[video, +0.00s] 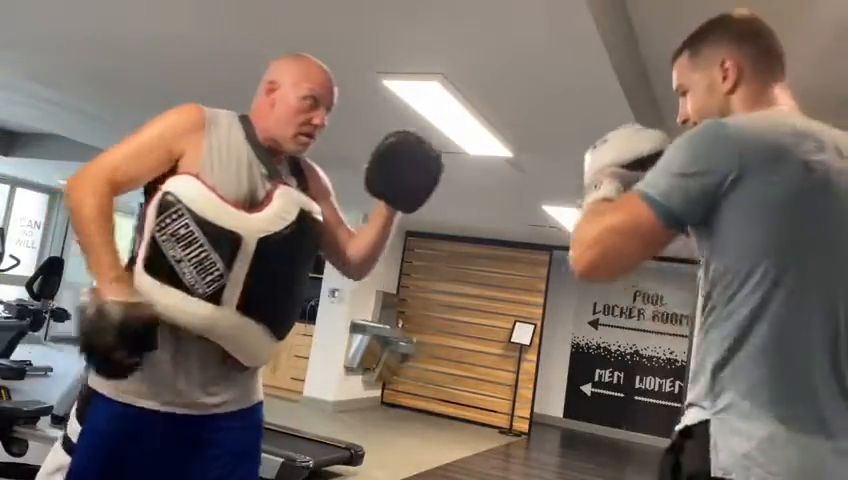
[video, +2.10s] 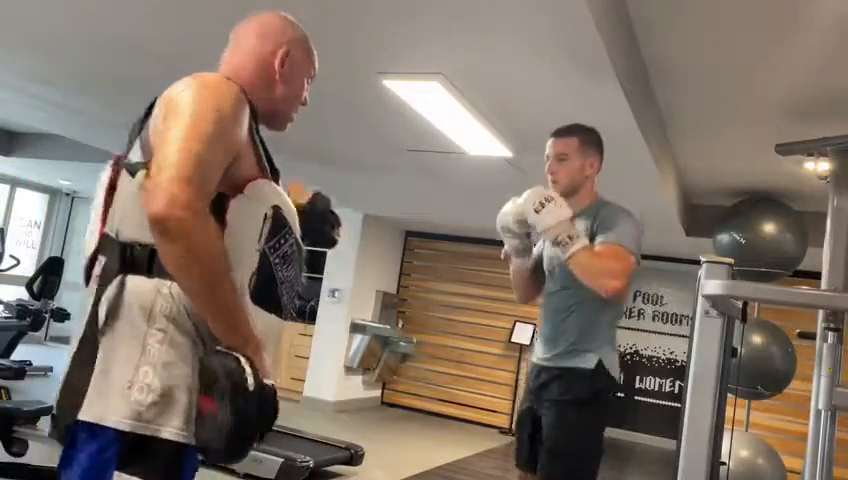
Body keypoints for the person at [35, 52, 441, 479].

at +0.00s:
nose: (321, 119)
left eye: (327, 110)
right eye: (312, 101)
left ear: (327, 118)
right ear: (269, 91)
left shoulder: (309, 180)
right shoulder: (194, 127)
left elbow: (354, 262)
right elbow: (87, 186)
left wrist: (392, 198)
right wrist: (113, 286)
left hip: (232, 410)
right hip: (137, 400)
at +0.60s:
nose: (315, 117)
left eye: (320, 105)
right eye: (308, 97)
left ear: (268, 86)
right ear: (264, 80)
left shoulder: (278, 171)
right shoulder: (172, 113)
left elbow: (338, 242)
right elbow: (51, 178)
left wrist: (384, 169)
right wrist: (74, 297)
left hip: (212, 420)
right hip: (117, 414)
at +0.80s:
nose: (269, 90)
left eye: (272, 76)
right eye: (261, 70)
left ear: (218, 57)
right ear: (216, 54)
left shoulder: (222, 144)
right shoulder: (123, 97)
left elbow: (274, 221)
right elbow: (17, 177)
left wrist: (331, 159)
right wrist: (60, 322)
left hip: (173, 408)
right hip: (92, 414)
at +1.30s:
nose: (304, 128)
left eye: (308, 117)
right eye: (304, 111)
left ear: (268, 96)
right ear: (274, 93)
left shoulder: (248, 175)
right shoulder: (191, 109)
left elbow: (266, 237)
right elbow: (90, 172)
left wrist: (320, 194)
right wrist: (107, 325)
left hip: (177, 412)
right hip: (102, 408)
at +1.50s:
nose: (325, 137)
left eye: (329, 126)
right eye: (324, 121)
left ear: (295, 105)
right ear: (298, 103)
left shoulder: (275, 183)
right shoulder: (230, 111)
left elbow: (291, 241)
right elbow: (140, 161)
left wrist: (343, 198)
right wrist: (166, 299)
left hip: (196, 392)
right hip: (137, 378)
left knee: (187, 473)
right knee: (104, 474)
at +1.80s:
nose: (324, 135)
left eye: (328, 123)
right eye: (325, 118)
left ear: (294, 102)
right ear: (301, 102)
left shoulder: (270, 166)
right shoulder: (237, 114)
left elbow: (248, 230)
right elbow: (180, 182)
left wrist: (320, 227)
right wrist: (239, 308)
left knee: (199, 469)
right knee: (122, 471)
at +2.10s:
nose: (307, 98)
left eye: (311, 84)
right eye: (308, 80)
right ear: (281, 62)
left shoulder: (236, 122)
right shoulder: (213, 94)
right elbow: (173, 209)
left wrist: (291, 216)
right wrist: (247, 347)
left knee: (160, 463)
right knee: (134, 465)